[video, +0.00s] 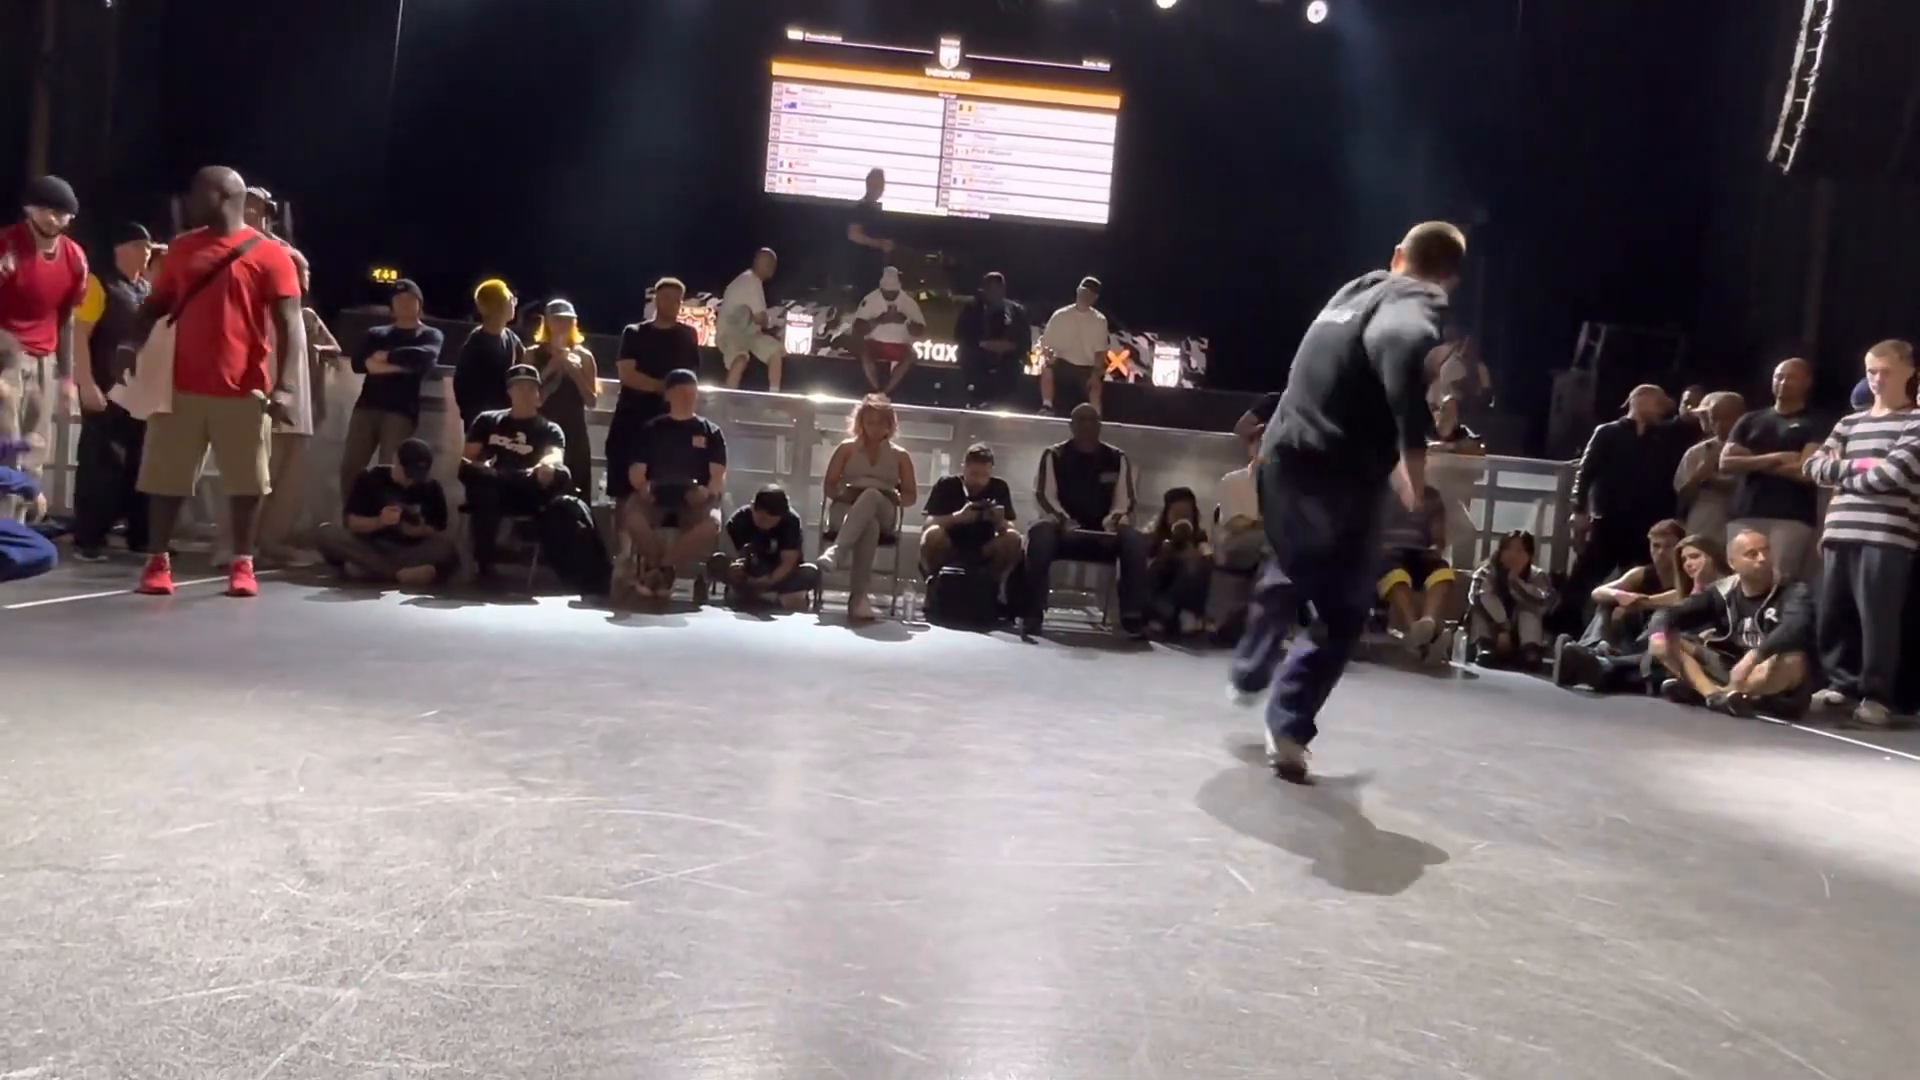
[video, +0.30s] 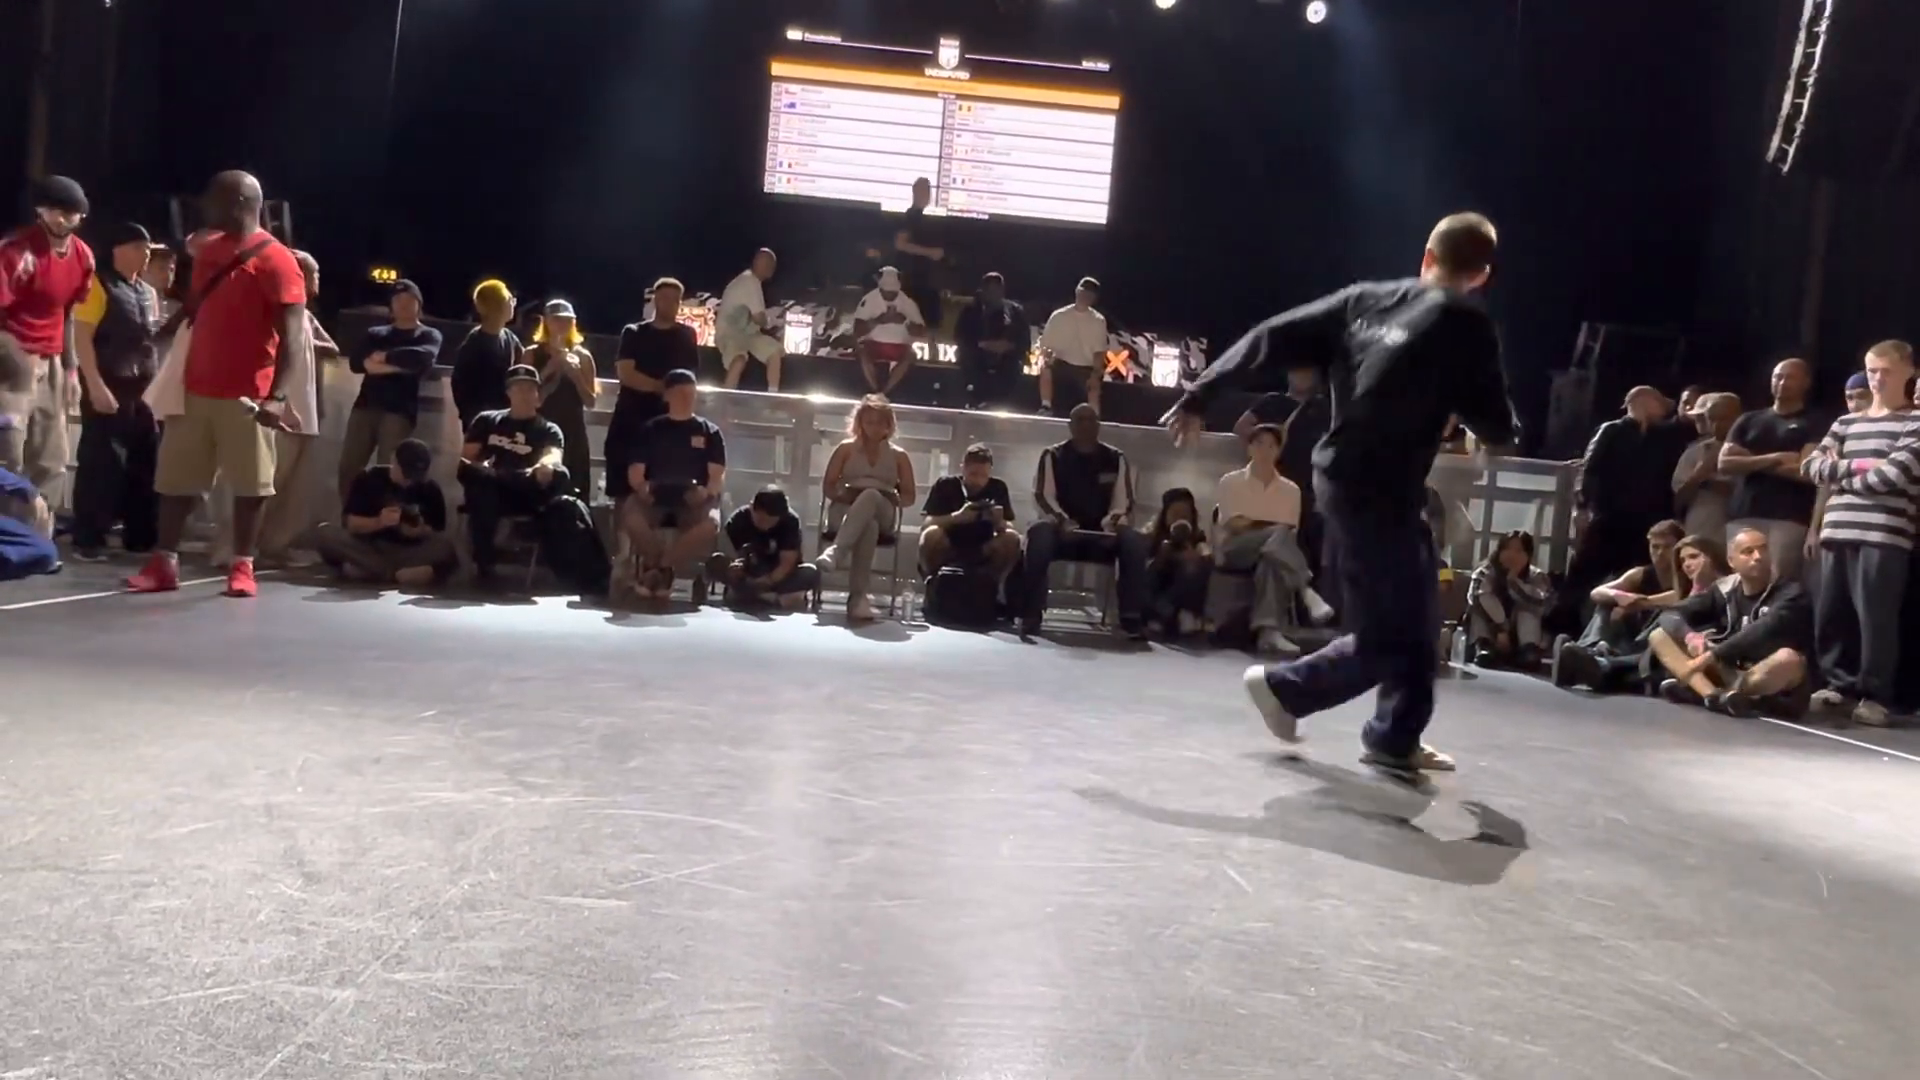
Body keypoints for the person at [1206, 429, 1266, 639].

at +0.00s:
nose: (1264, 451)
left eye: (1268, 443)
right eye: (1259, 443)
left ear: (1277, 447)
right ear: (1249, 446)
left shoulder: (1287, 483)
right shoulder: (1233, 481)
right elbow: (1237, 524)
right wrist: (1278, 529)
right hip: (1237, 552)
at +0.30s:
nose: (1265, 451)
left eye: (1271, 446)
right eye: (1260, 444)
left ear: (1278, 452)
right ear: (1250, 448)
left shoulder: (1290, 490)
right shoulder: (1230, 482)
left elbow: (1288, 531)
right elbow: (1234, 525)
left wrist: (1249, 523)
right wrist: (1279, 527)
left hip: (1276, 553)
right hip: (1235, 550)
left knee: (1271, 561)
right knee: (1279, 534)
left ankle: (1269, 631)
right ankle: (1306, 590)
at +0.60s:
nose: (1265, 451)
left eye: (1271, 446)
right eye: (1259, 444)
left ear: (1278, 452)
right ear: (1249, 449)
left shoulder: (1286, 488)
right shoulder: (1230, 482)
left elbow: (1289, 526)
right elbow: (1236, 525)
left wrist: (1252, 523)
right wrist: (1280, 527)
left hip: (1275, 550)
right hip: (1235, 548)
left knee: (1270, 558)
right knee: (1283, 534)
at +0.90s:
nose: (1263, 449)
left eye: (1269, 445)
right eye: (1257, 444)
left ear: (1278, 451)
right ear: (1249, 449)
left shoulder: (1284, 485)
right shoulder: (1230, 482)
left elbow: (1289, 525)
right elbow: (1235, 524)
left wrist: (1252, 524)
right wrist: (1274, 526)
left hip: (1272, 549)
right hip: (1235, 547)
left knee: (1268, 558)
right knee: (1270, 538)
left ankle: (1267, 629)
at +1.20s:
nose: (1261, 452)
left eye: (1268, 447)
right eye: (1256, 446)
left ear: (1277, 452)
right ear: (1248, 450)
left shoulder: (1290, 491)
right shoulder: (1229, 482)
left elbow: (1292, 529)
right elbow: (1234, 524)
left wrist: (1249, 524)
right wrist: (1278, 529)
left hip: (1276, 554)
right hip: (1235, 550)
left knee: (1269, 559)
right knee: (1282, 531)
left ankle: (1266, 631)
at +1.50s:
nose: (1262, 452)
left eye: (1268, 447)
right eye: (1256, 446)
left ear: (1278, 453)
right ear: (1249, 450)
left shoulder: (1290, 491)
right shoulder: (1231, 482)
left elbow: (1288, 534)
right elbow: (1234, 525)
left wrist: (1248, 524)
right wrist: (1278, 530)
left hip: (1276, 555)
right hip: (1236, 553)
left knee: (1270, 559)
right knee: (1278, 535)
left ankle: (1269, 632)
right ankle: (1306, 594)